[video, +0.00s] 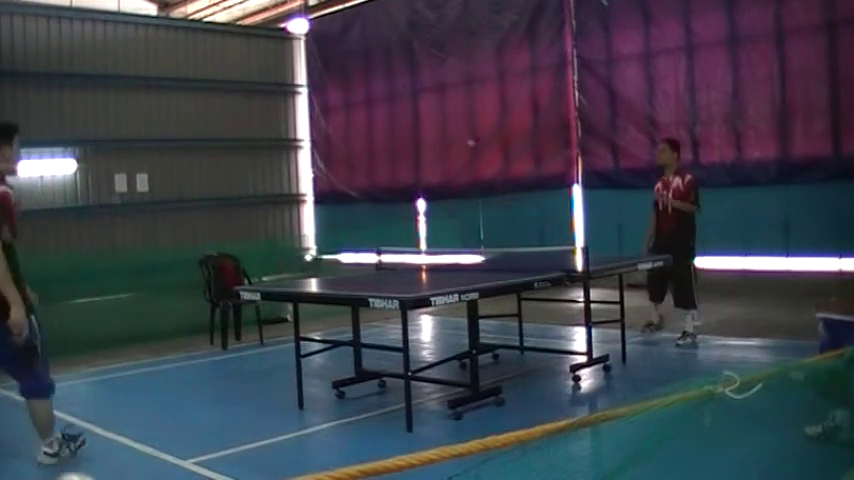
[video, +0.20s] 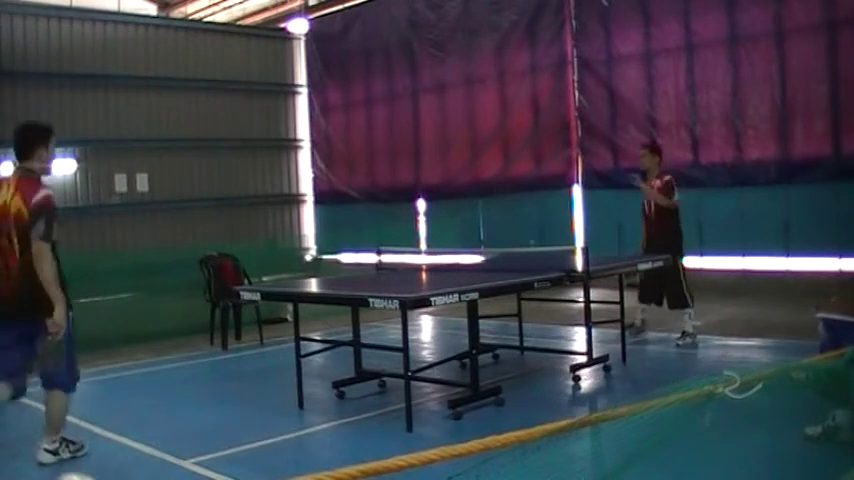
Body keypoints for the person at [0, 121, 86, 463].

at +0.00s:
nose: (16, 159)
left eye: (15, 151)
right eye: (12, 152)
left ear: (9, 152)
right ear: (0, 153)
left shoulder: (7, 195)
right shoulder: (4, 197)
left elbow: (6, 251)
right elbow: (2, 254)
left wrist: (23, 288)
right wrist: (13, 302)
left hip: (12, 298)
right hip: (9, 302)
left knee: (33, 371)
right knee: (33, 371)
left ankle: (51, 441)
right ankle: (50, 443)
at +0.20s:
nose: (52, 156)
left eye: (50, 149)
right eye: (49, 149)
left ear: (21, 152)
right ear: (38, 152)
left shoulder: (6, 188)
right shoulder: (40, 197)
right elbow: (41, 253)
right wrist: (59, 304)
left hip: (9, 299)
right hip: (39, 301)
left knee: (12, 375)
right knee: (60, 374)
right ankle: (52, 442)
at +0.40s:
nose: (73, 150)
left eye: (72, 143)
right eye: (71, 144)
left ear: (42, 147)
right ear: (61, 146)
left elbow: (6, 241)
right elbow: (81, 237)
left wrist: (5, 280)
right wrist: (115, 270)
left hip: (34, 287)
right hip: (64, 289)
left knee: (61, 359)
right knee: (63, 365)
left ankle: (59, 429)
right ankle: (53, 442)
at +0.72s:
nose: (110, 157)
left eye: (109, 151)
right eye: (108, 151)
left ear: (83, 155)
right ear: (96, 154)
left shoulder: (69, 187)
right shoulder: (96, 188)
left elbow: (67, 241)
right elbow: (106, 234)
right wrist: (150, 249)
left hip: (82, 289)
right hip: (103, 290)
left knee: (109, 356)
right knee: (99, 363)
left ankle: (130, 414)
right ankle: (59, 428)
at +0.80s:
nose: (119, 157)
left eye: (118, 151)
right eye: (117, 151)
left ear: (94, 152)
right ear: (105, 152)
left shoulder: (82, 182)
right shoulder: (101, 186)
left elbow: (90, 234)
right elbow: (109, 233)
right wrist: (151, 251)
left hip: (90, 284)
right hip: (110, 286)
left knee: (110, 352)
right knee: (122, 358)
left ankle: (130, 415)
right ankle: (73, 415)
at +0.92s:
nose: (133, 156)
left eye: (132, 150)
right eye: (131, 150)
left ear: (110, 151)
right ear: (118, 151)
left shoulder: (96, 180)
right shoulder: (108, 184)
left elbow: (107, 232)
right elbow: (110, 232)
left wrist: (147, 253)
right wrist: (152, 251)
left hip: (104, 281)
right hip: (118, 282)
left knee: (116, 347)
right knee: (144, 350)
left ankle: (128, 413)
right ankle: (99, 404)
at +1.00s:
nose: (142, 156)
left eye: (141, 150)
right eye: (139, 150)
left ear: (119, 151)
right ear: (127, 151)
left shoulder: (113, 182)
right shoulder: (112, 185)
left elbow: (118, 233)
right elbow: (111, 233)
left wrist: (143, 263)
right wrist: (154, 250)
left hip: (116, 279)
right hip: (120, 280)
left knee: (122, 346)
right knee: (150, 345)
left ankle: (127, 410)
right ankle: (125, 412)